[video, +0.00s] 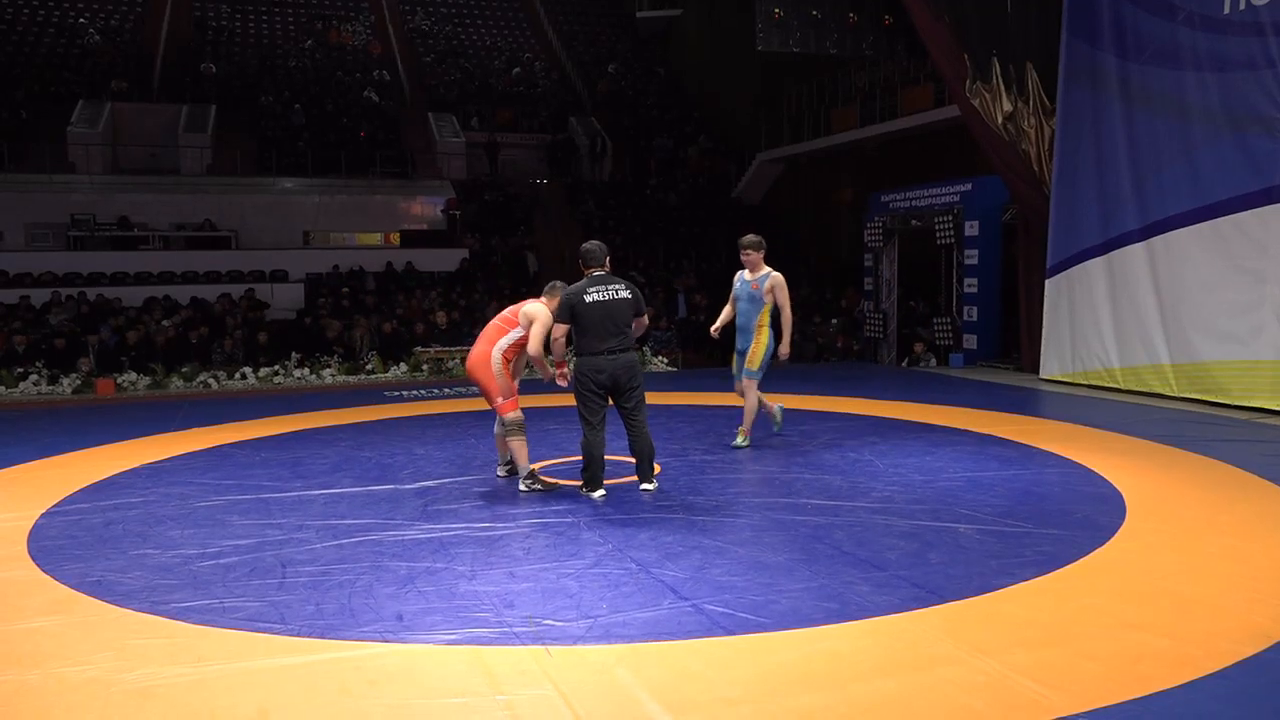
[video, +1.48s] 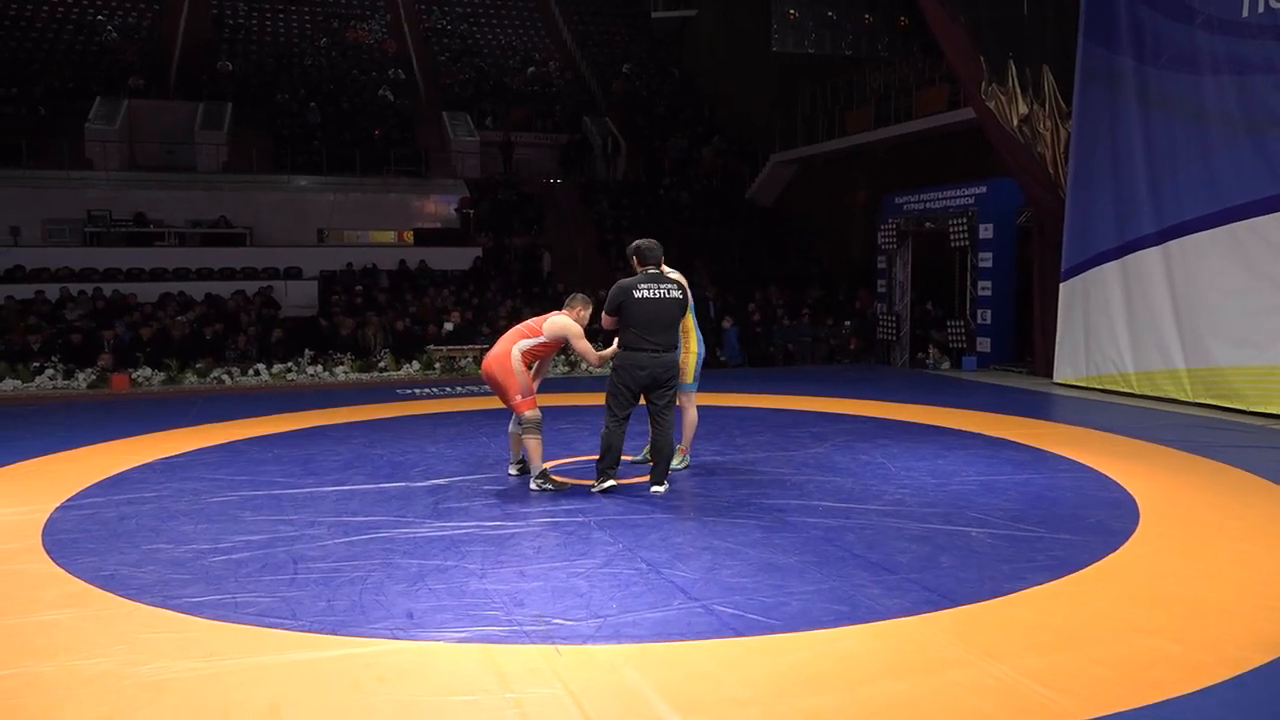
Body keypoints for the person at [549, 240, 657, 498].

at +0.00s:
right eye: (609, 260)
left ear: (581, 266)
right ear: (608, 262)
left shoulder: (572, 294)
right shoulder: (628, 288)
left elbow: (558, 337)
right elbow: (641, 323)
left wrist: (559, 365)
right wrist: (624, 339)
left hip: (590, 366)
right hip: (625, 363)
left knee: (593, 427)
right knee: (636, 420)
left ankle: (593, 485)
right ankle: (647, 478)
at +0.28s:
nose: (622, 262)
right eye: (622, 259)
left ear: (595, 264)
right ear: (620, 262)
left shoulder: (581, 292)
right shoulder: (638, 289)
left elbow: (568, 332)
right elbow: (660, 322)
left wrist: (563, 363)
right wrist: (642, 315)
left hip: (596, 366)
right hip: (632, 363)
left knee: (596, 426)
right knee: (640, 421)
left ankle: (594, 484)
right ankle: (647, 479)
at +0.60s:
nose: (639, 261)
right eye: (639, 258)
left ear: (612, 262)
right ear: (639, 261)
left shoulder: (599, 288)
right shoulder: (654, 288)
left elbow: (580, 326)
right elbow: (669, 320)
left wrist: (588, 350)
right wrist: (649, 320)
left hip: (609, 362)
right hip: (645, 362)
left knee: (603, 422)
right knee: (648, 420)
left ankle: (597, 481)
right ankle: (651, 479)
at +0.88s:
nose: (619, 263)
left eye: (619, 260)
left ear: (620, 262)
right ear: (648, 261)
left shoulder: (608, 287)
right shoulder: (663, 290)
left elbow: (590, 324)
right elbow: (664, 323)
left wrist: (613, 332)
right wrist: (642, 326)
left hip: (616, 362)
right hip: (651, 361)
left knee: (605, 421)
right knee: (650, 421)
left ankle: (596, 479)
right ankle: (650, 480)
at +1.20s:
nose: (627, 263)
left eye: (628, 260)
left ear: (630, 262)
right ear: (656, 262)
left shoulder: (619, 287)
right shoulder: (672, 289)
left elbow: (600, 323)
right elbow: (678, 324)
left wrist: (623, 318)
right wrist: (656, 318)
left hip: (625, 361)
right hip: (660, 362)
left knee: (612, 420)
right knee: (658, 421)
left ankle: (601, 476)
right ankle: (655, 480)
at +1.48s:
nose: (630, 263)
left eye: (631, 260)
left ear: (635, 262)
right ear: (662, 261)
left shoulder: (623, 287)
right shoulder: (679, 288)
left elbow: (607, 323)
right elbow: (678, 318)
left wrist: (636, 317)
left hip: (630, 361)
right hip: (665, 362)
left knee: (616, 418)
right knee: (663, 420)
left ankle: (606, 474)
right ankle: (659, 480)